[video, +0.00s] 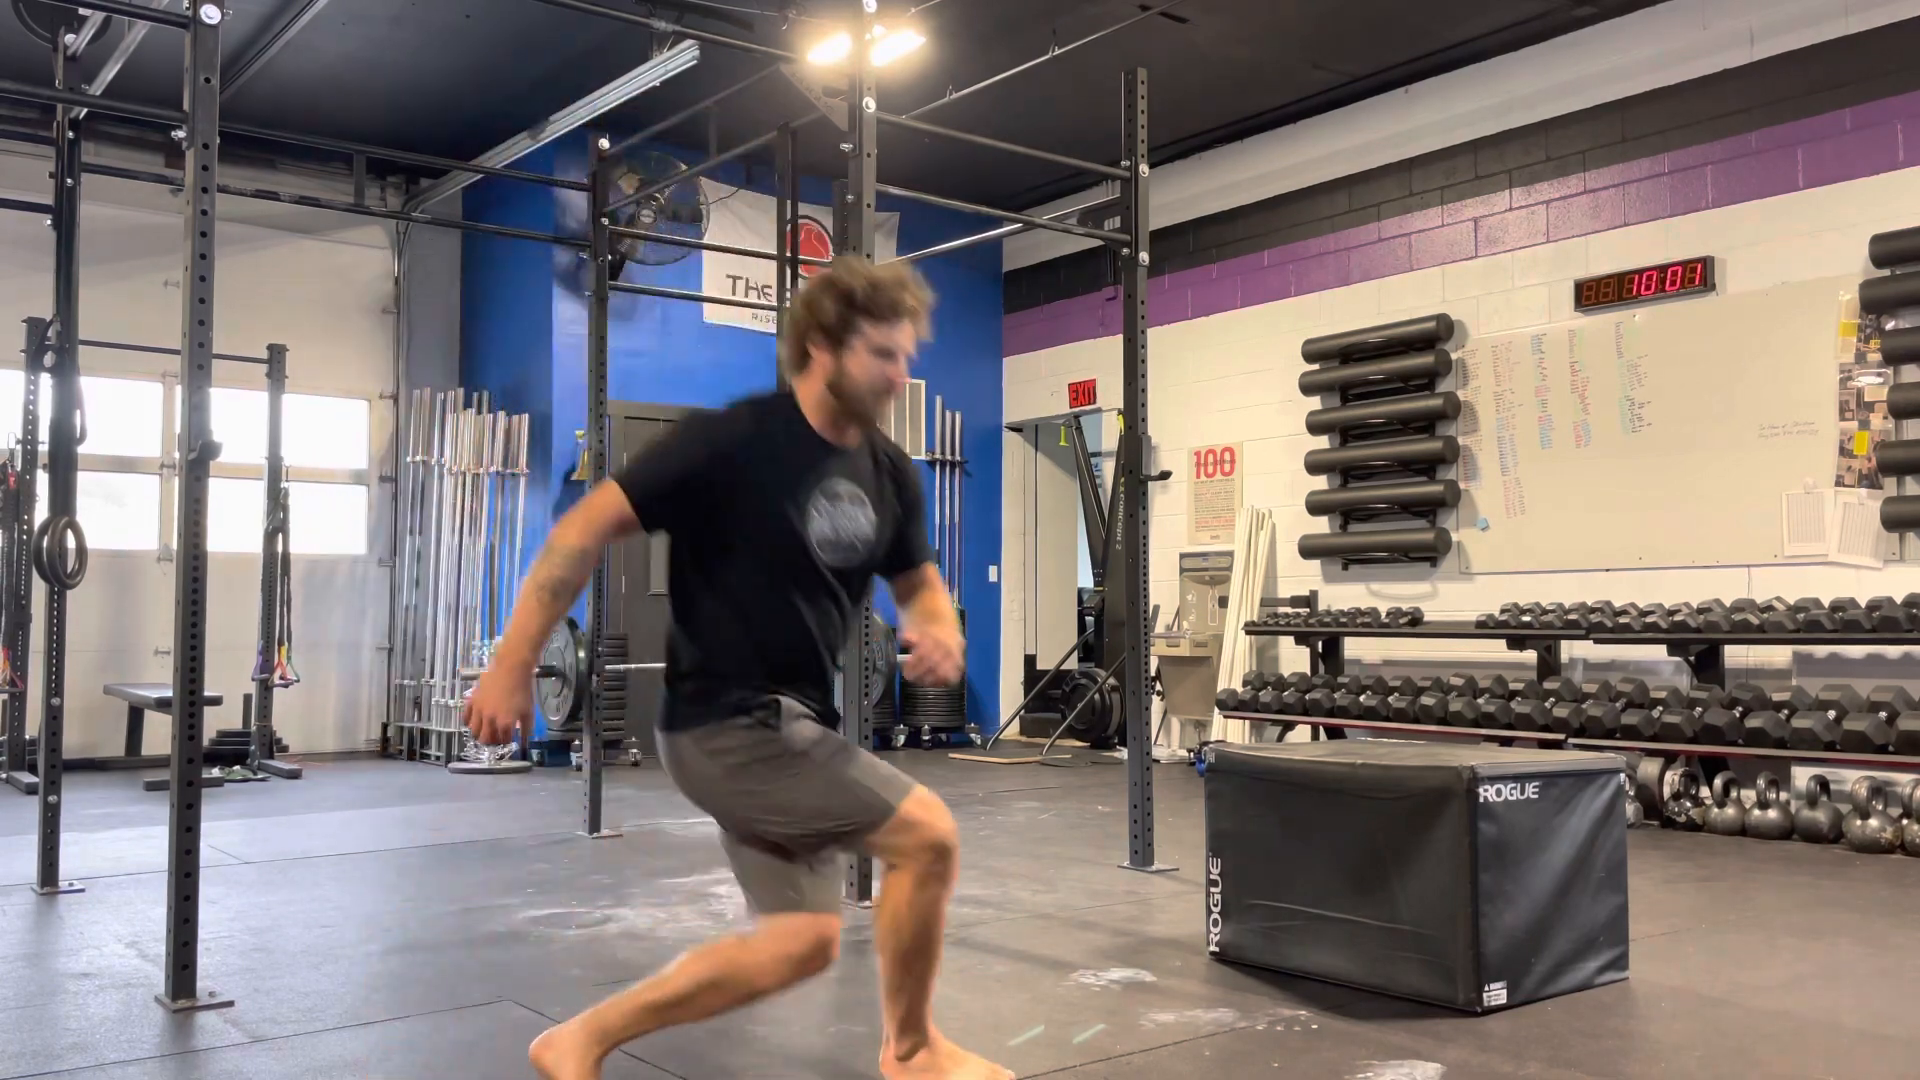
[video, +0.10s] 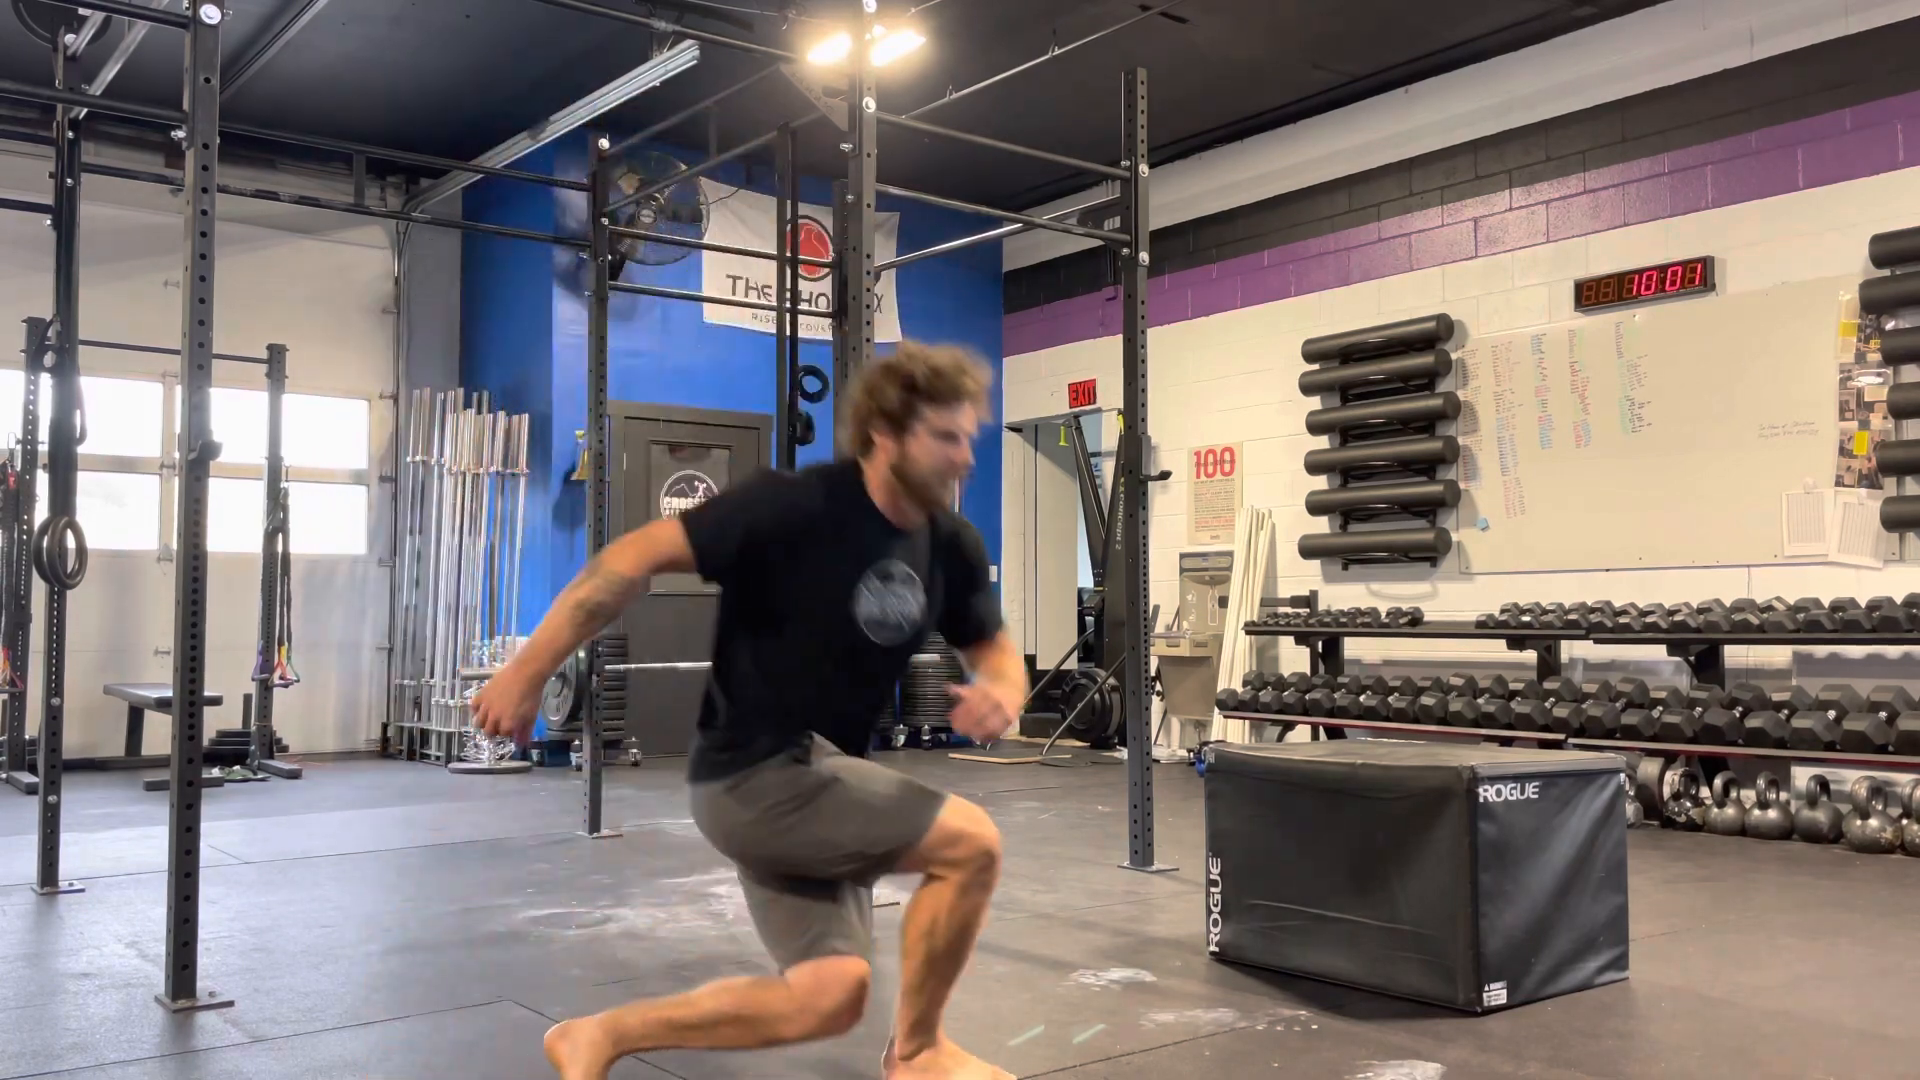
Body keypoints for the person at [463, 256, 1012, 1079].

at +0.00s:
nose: (902, 376)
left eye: (908, 358)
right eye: (885, 354)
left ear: (908, 359)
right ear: (822, 351)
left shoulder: (885, 471)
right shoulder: (727, 441)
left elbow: (920, 585)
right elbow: (581, 530)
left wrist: (939, 632)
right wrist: (510, 665)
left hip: (793, 721)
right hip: (727, 720)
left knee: (804, 942)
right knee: (927, 836)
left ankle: (578, 1041)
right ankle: (911, 1048)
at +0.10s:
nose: (964, 457)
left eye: (970, 440)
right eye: (947, 436)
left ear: (972, 443)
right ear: (884, 437)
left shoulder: (948, 546)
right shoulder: (790, 507)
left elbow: (996, 651)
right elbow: (634, 555)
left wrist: (1001, 696)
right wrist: (525, 672)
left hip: (817, 780)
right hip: (756, 775)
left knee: (831, 995)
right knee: (970, 845)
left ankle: (599, 1036)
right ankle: (916, 1049)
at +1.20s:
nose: (1419, 255)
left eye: (1417, 249)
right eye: (1418, 247)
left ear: (1336, 245)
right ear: (1404, 240)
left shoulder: (1283, 297)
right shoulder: (1414, 271)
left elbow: (1234, 412)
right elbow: (1444, 374)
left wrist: (1260, 505)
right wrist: (1450, 483)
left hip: (1259, 467)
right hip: (1338, 465)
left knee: (1345, 582)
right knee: (1399, 643)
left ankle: (1356, 731)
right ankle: (1269, 711)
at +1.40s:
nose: (1433, 219)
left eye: (1432, 212)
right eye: (1433, 211)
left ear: (1352, 205)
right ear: (1417, 202)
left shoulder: (1301, 257)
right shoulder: (1428, 232)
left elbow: (1241, 360)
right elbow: (1463, 337)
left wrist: (1250, 456)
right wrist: (1472, 440)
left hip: (1280, 427)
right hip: (1359, 419)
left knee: (1358, 575)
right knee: (1417, 598)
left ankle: (1361, 731)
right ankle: (1292, 665)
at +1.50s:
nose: (1437, 207)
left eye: (1436, 200)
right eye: (1437, 199)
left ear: (1357, 194)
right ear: (1422, 192)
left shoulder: (1306, 246)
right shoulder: (1434, 226)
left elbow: (1240, 343)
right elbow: (1465, 336)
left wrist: (1243, 434)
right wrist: (1468, 441)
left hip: (1285, 418)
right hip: (1365, 413)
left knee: (1359, 578)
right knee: (1415, 594)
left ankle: (1360, 734)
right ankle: (1291, 655)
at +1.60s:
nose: (1440, 200)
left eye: (1440, 192)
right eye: (1439, 191)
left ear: (1364, 185)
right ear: (1423, 184)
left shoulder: (1310, 240)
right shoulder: (1437, 225)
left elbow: (1241, 331)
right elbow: (1460, 342)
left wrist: (1240, 423)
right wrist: (1457, 444)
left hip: (1286, 417)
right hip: (1366, 414)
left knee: (1357, 582)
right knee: (1409, 595)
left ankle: (1359, 737)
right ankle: (1286, 662)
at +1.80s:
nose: (1436, 179)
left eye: (1436, 170)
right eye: (1437, 169)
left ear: (1362, 164)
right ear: (1422, 164)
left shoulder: (1309, 226)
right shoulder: (1436, 212)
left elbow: (1249, 326)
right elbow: (1451, 330)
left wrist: (1251, 416)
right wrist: (1448, 433)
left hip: (1291, 407)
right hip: (1372, 405)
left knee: (1346, 574)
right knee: (1406, 586)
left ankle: (1352, 734)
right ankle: (1285, 670)